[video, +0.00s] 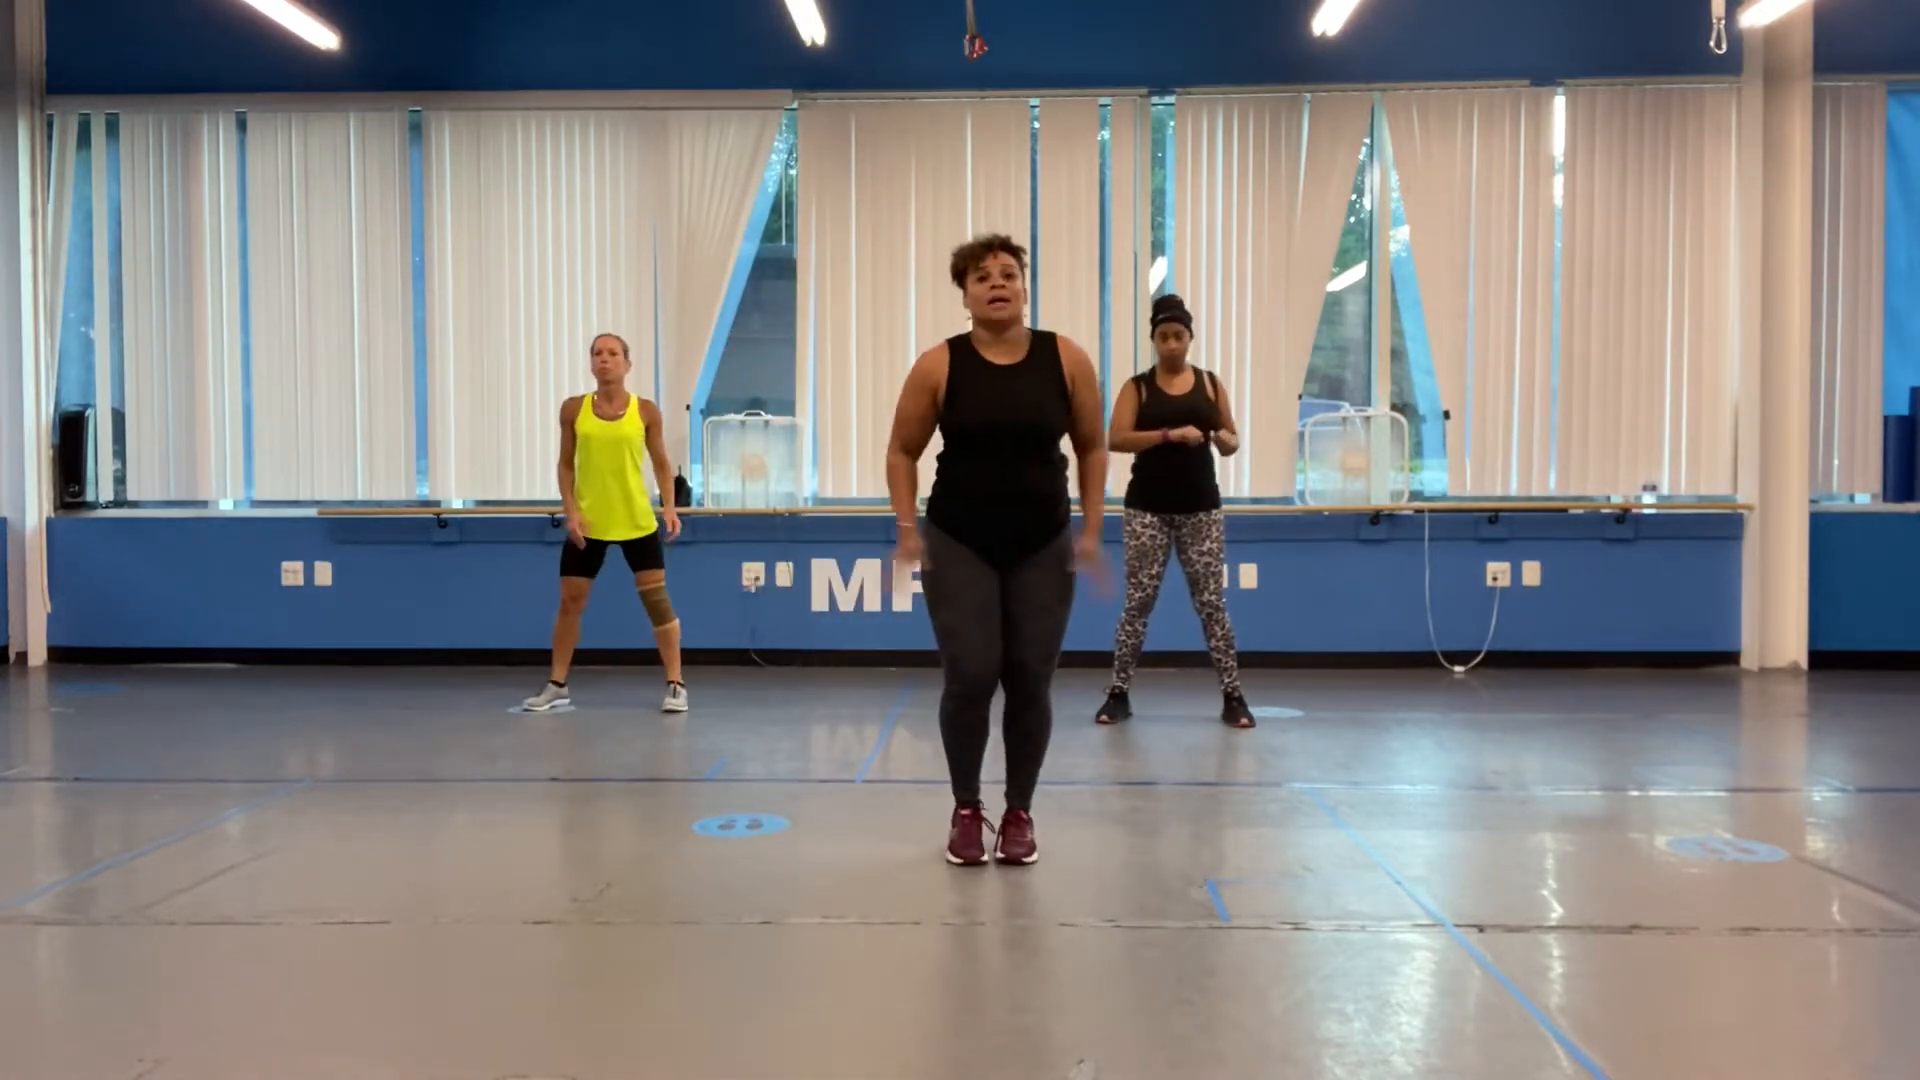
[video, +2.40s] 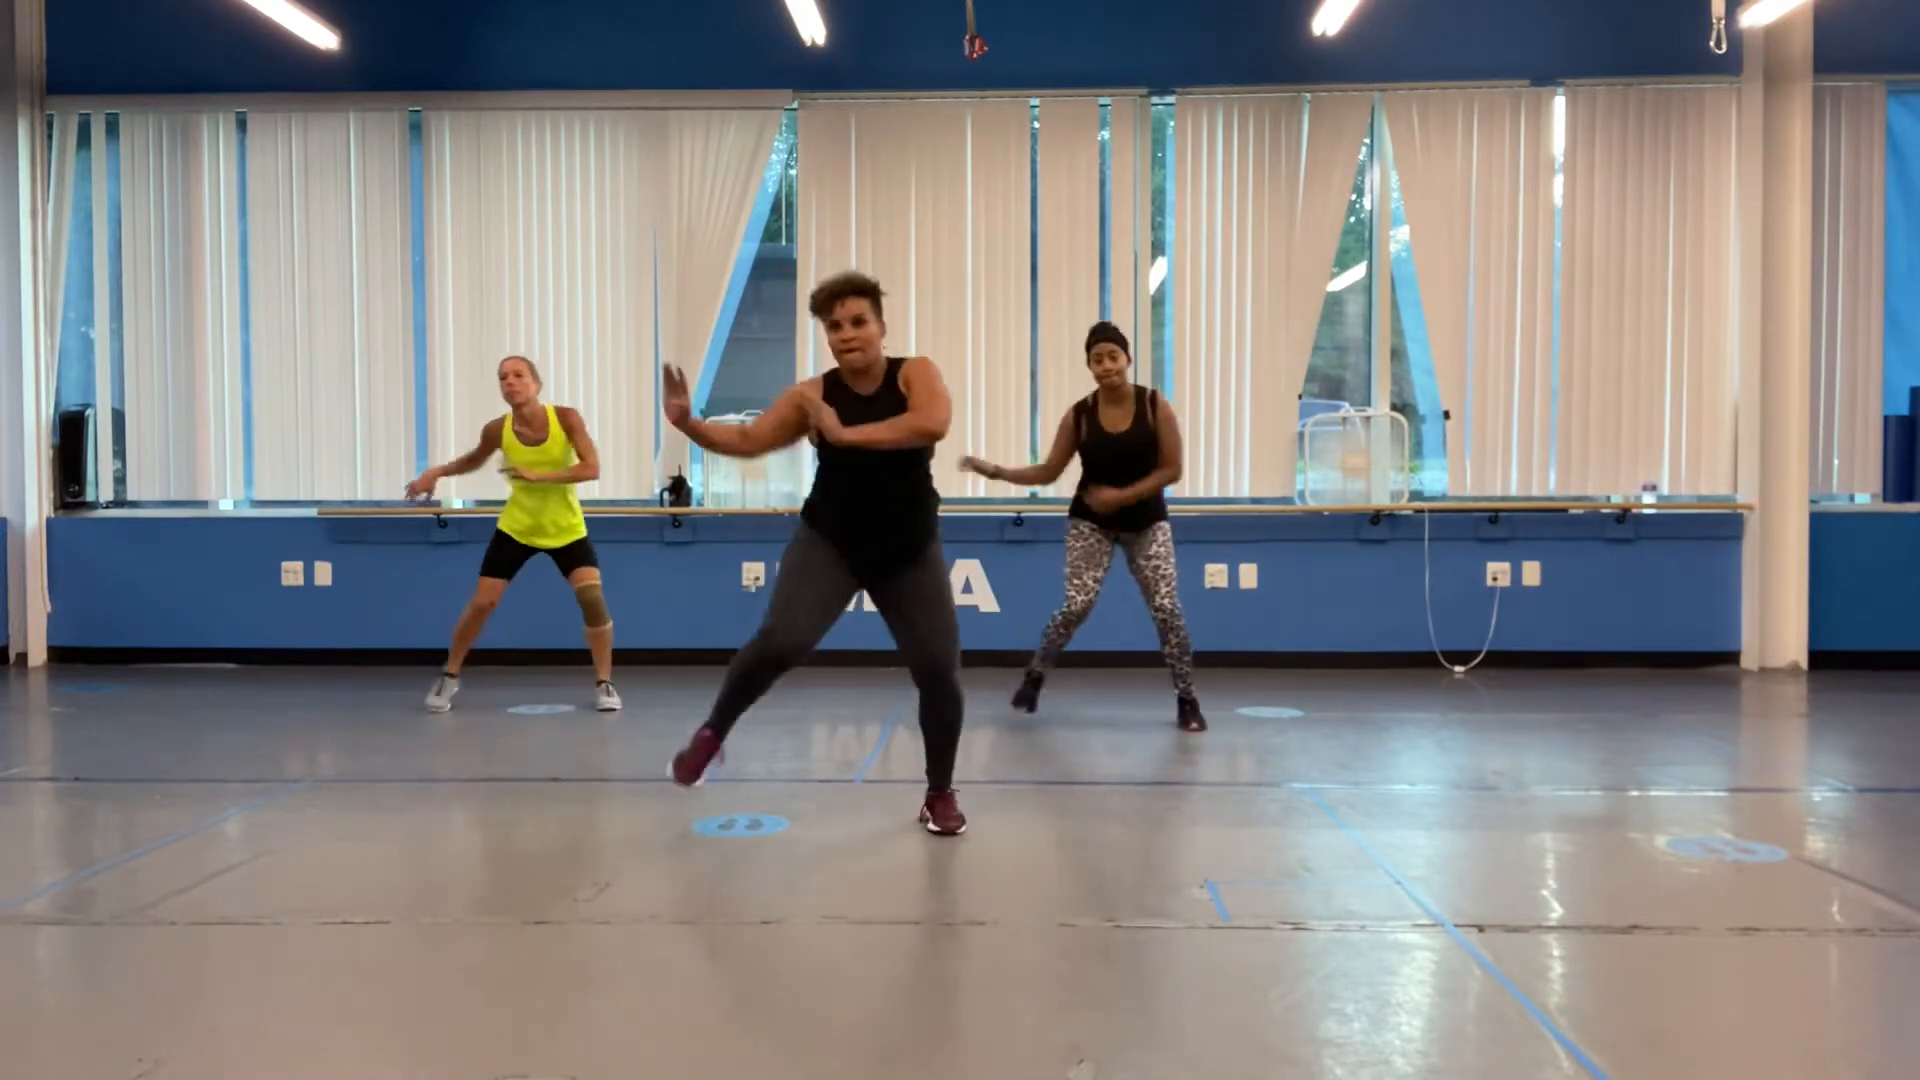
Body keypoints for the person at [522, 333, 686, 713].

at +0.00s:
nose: (603, 359)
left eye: (611, 353)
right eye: (598, 353)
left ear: (627, 363)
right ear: (590, 363)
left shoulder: (646, 411)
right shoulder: (573, 408)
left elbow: (661, 462)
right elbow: (565, 463)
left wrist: (669, 505)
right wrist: (570, 510)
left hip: (637, 519)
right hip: (590, 520)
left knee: (656, 600)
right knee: (570, 601)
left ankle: (675, 684)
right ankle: (557, 685)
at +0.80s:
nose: (548, 371)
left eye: (557, 365)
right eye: (543, 366)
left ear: (575, 376)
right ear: (538, 378)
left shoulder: (599, 418)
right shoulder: (528, 423)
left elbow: (613, 469)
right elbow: (518, 473)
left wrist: (616, 496)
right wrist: (533, 492)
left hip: (601, 523)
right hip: (556, 525)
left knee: (612, 599)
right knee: (526, 598)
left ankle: (639, 674)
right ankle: (527, 685)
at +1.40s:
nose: (542, 374)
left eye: (550, 368)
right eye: (537, 369)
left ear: (569, 379)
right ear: (532, 381)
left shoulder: (594, 417)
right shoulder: (526, 423)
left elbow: (632, 450)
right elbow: (533, 477)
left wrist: (665, 475)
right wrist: (551, 483)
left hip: (612, 521)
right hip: (568, 526)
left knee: (630, 599)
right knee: (532, 594)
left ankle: (673, 680)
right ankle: (521, 683)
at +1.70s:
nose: (499, 382)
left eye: (508, 377)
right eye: (494, 377)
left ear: (527, 387)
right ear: (490, 388)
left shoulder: (554, 419)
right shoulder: (488, 430)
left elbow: (602, 445)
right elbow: (491, 484)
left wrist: (651, 453)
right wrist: (529, 466)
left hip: (578, 526)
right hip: (535, 530)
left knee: (585, 603)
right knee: (487, 590)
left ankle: (615, 680)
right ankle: (503, 678)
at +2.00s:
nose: (465, 385)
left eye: (473, 380)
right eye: (460, 380)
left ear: (492, 390)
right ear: (455, 391)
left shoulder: (517, 426)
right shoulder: (447, 435)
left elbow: (557, 454)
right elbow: (442, 490)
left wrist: (597, 475)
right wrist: (477, 459)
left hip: (537, 527)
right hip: (493, 532)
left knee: (545, 603)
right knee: (458, 599)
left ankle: (585, 660)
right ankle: (465, 687)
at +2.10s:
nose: (468, 383)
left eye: (477, 378)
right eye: (463, 379)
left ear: (495, 387)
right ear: (458, 390)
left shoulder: (522, 430)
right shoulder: (449, 435)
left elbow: (544, 477)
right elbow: (439, 490)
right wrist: (465, 501)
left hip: (533, 527)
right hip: (487, 530)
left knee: (544, 607)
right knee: (451, 599)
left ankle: (555, 666)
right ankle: (464, 687)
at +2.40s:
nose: (510, 382)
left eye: (518, 375)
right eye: (504, 378)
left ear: (536, 382)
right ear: (500, 388)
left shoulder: (566, 419)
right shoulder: (497, 430)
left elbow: (591, 469)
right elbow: (474, 460)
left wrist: (538, 476)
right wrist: (435, 474)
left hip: (565, 525)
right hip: (517, 525)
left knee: (592, 598)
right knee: (482, 604)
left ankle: (605, 684)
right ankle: (449, 677)